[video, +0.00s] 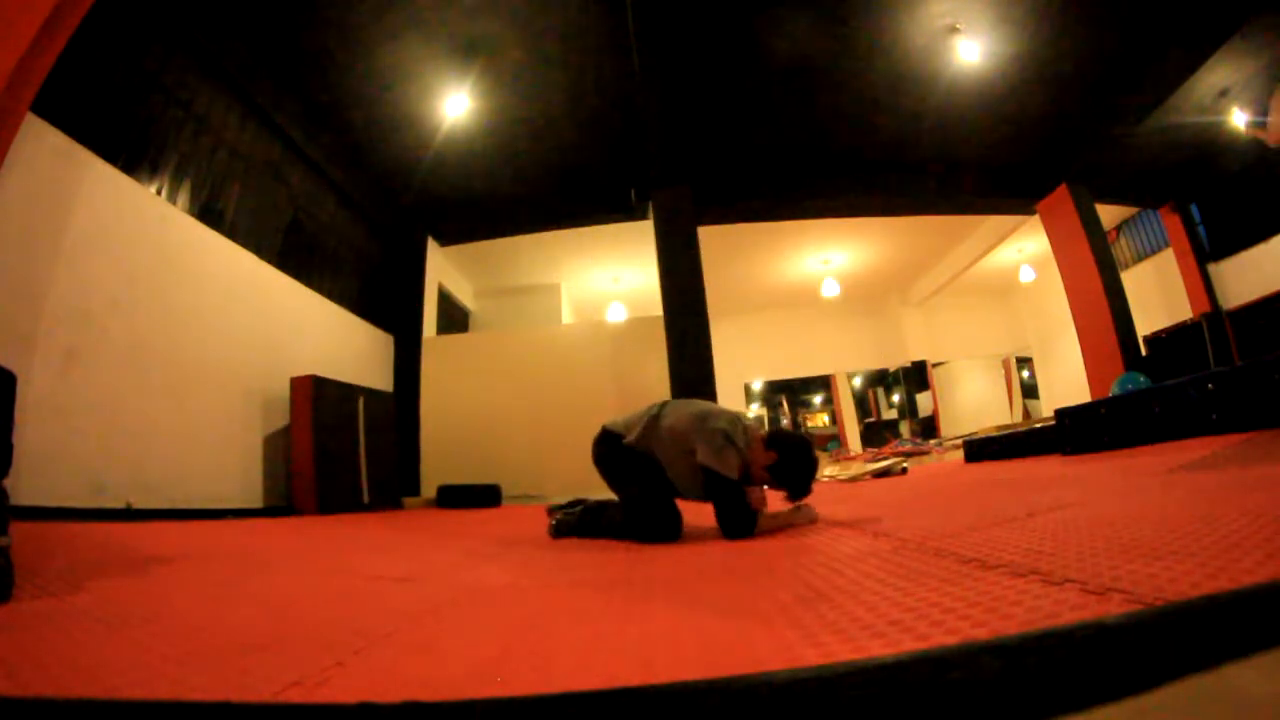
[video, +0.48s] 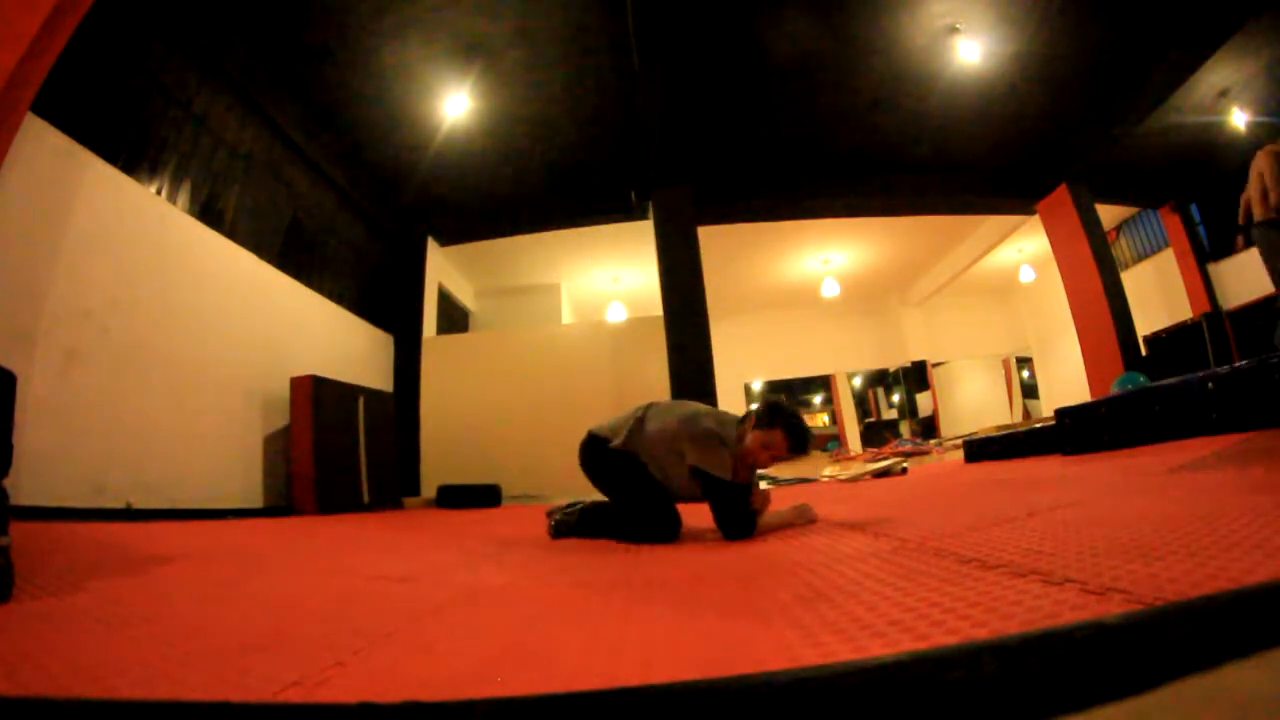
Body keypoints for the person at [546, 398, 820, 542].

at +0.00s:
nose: (761, 487)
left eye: (769, 486)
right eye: (767, 481)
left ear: (767, 449)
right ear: (768, 458)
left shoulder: (738, 436)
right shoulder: (720, 438)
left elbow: (731, 516)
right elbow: (736, 527)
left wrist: (751, 507)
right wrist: (789, 520)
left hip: (639, 449)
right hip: (618, 448)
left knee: (663, 518)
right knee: (664, 527)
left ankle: (588, 510)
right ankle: (579, 520)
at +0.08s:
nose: (764, 486)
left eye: (771, 485)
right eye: (770, 480)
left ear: (768, 448)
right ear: (770, 457)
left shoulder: (741, 435)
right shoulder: (721, 439)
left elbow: (736, 515)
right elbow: (737, 528)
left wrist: (754, 506)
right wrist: (791, 519)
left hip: (643, 449)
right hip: (620, 448)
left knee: (664, 518)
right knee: (664, 526)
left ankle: (589, 510)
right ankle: (580, 521)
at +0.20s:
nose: (770, 484)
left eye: (777, 484)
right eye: (774, 479)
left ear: (770, 445)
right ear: (772, 454)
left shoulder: (744, 436)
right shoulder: (723, 439)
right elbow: (736, 528)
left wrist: (752, 502)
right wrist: (789, 519)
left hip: (643, 450)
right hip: (620, 448)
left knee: (663, 519)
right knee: (665, 527)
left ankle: (586, 510)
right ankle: (578, 520)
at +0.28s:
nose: (772, 480)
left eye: (781, 480)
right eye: (777, 474)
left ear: (768, 440)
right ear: (769, 445)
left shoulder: (743, 436)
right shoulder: (721, 438)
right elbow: (736, 528)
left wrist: (753, 502)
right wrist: (788, 519)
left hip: (641, 451)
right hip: (617, 449)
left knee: (663, 519)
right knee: (664, 526)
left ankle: (586, 511)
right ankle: (579, 520)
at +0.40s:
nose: (771, 467)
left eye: (780, 465)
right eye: (774, 455)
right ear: (760, 429)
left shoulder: (741, 445)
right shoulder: (715, 438)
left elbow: (736, 515)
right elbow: (735, 529)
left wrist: (753, 506)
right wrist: (788, 520)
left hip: (636, 454)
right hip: (611, 450)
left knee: (664, 520)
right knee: (664, 526)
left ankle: (584, 510)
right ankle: (578, 520)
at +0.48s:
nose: (765, 462)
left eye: (775, 459)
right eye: (767, 449)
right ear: (751, 425)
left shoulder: (737, 442)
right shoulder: (712, 440)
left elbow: (734, 514)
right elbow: (736, 529)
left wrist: (752, 506)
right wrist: (789, 519)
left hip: (631, 454)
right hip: (605, 452)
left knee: (664, 518)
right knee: (663, 526)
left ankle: (583, 511)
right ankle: (576, 521)